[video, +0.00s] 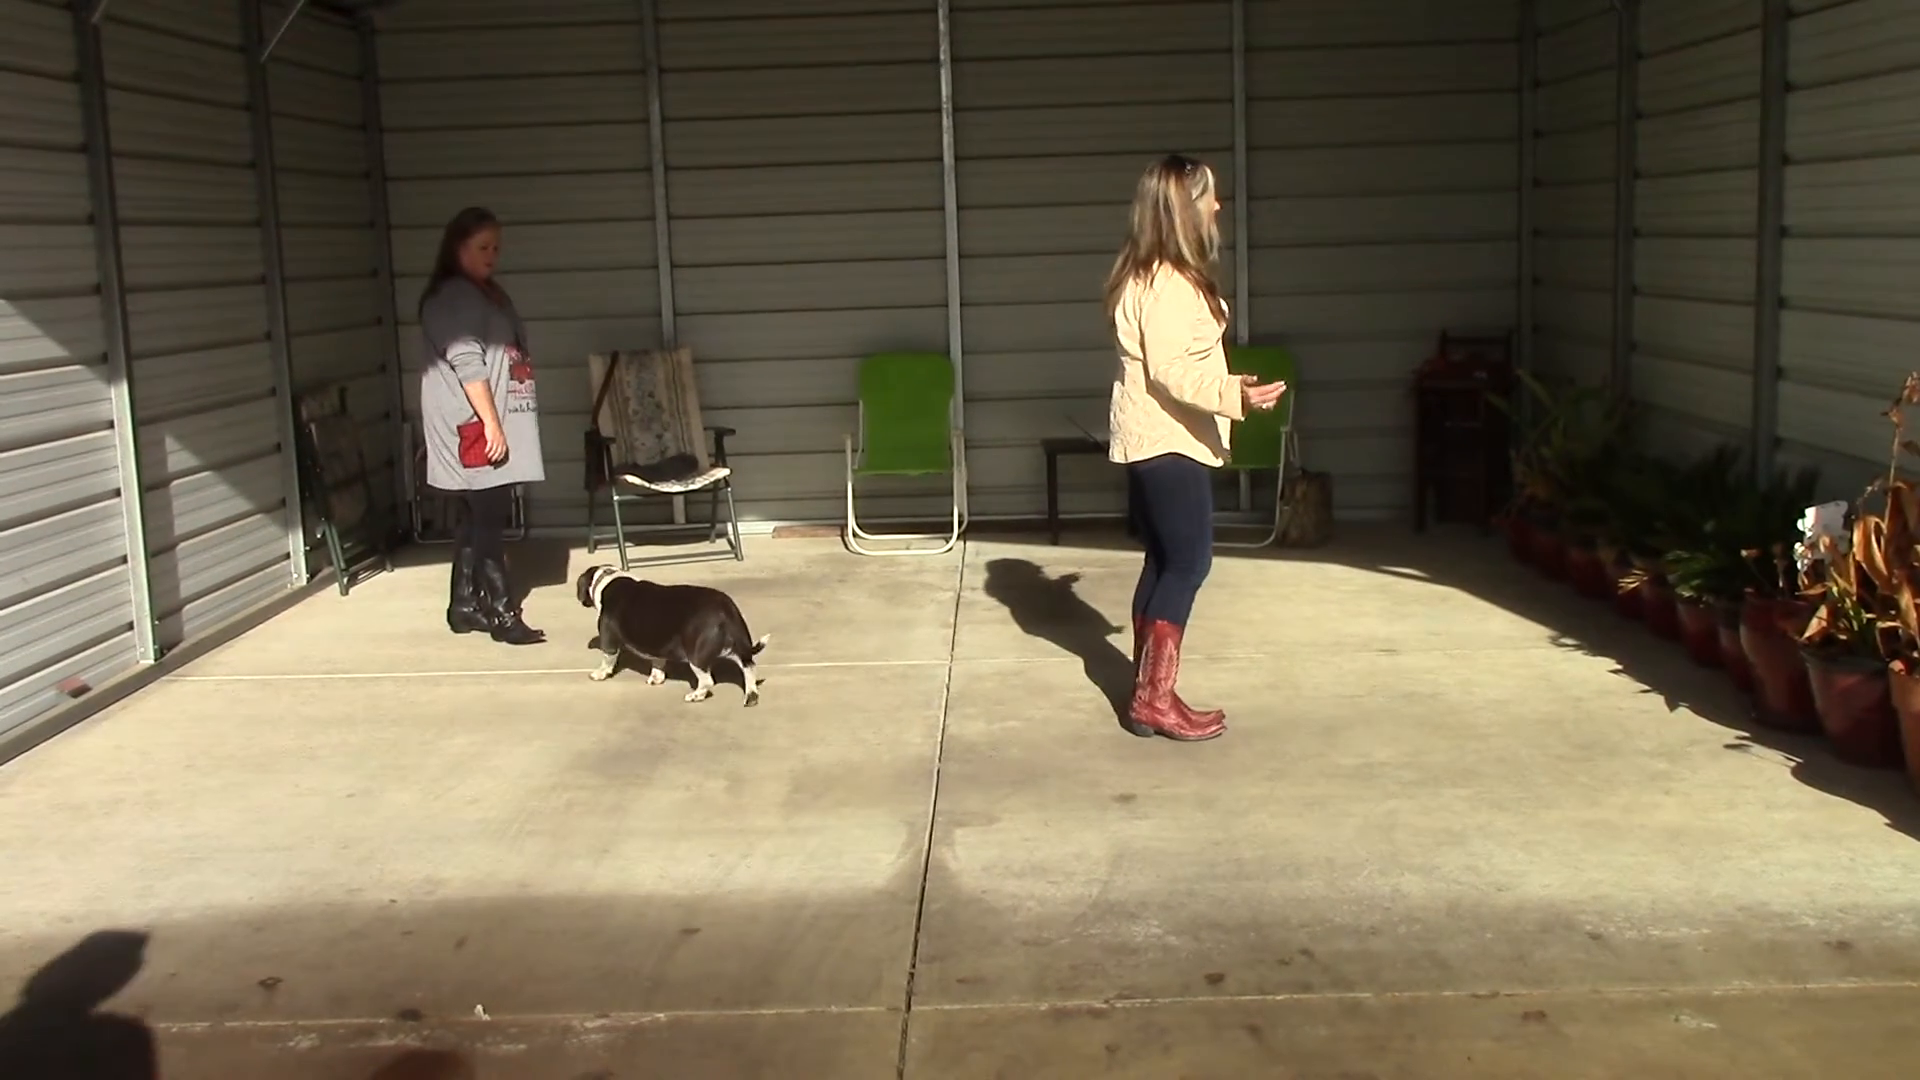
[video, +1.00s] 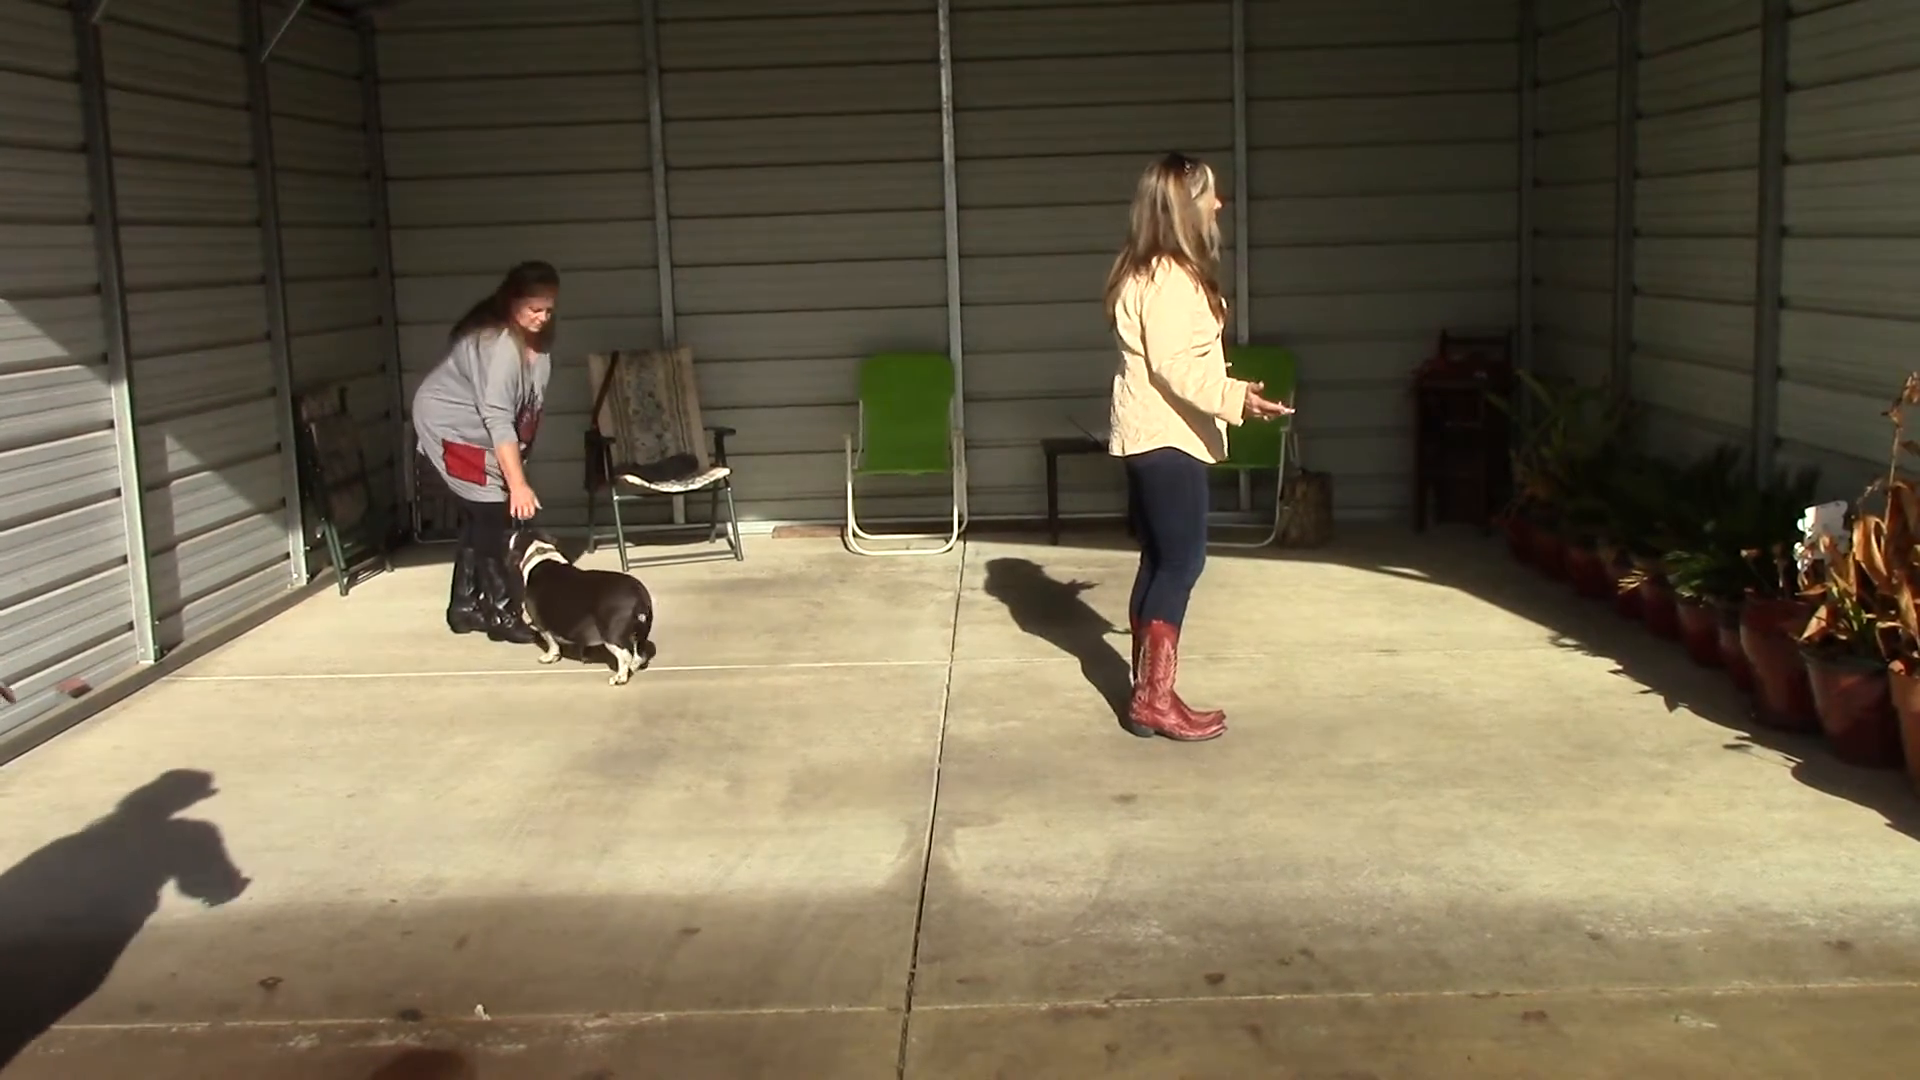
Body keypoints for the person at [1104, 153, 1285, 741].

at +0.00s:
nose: (1219, 210)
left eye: (1216, 200)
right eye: (1211, 201)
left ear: (1164, 209)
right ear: (1186, 210)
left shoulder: (1148, 276)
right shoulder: (1167, 282)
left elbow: (1172, 366)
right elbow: (1174, 371)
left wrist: (1230, 384)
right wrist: (1236, 396)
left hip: (1150, 442)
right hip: (1171, 443)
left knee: (1164, 559)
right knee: (1188, 562)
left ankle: (1149, 691)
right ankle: (1156, 698)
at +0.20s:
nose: (1218, 210)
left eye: (1215, 200)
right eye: (1210, 201)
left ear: (1166, 209)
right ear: (1184, 210)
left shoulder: (1146, 276)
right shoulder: (1168, 281)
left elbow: (1174, 366)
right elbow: (1177, 369)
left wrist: (1235, 386)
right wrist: (1239, 395)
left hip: (1147, 444)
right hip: (1170, 445)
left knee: (1163, 560)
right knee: (1199, 562)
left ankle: (1148, 692)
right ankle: (1157, 698)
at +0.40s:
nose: (1217, 209)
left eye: (1214, 198)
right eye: (1210, 199)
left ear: (1165, 206)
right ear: (1185, 207)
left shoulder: (1145, 272)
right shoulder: (1174, 273)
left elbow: (1167, 363)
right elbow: (1181, 361)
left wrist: (1237, 377)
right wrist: (1243, 386)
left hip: (1144, 440)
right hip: (1171, 441)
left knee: (1161, 559)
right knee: (1195, 560)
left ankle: (1148, 691)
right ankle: (1156, 698)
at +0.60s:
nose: (1218, 207)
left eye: (1214, 196)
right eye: (1210, 197)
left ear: (1167, 204)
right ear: (1184, 204)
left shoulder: (1145, 269)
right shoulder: (1176, 270)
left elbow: (1166, 359)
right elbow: (1181, 357)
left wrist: (1234, 377)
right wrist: (1242, 383)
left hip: (1142, 437)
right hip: (1169, 438)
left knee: (1159, 558)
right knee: (1186, 560)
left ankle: (1150, 692)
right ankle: (1155, 699)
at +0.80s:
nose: (1219, 204)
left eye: (1216, 194)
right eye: (1211, 194)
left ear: (1169, 203)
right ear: (1186, 204)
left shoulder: (1148, 272)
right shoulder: (1171, 274)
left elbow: (1174, 364)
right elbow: (1180, 364)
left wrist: (1233, 386)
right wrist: (1237, 396)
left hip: (1148, 438)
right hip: (1169, 439)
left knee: (1159, 559)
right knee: (1180, 560)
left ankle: (1149, 693)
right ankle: (1155, 699)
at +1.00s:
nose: (1220, 205)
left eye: (1217, 195)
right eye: (1211, 196)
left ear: (1169, 204)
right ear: (1186, 205)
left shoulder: (1151, 272)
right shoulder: (1169, 277)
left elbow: (1178, 364)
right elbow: (1176, 366)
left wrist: (1233, 391)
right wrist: (1233, 400)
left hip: (1150, 438)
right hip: (1169, 440)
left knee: (1159, 559)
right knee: (1181, 561)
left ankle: (1148, 693)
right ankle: (1155, 699)